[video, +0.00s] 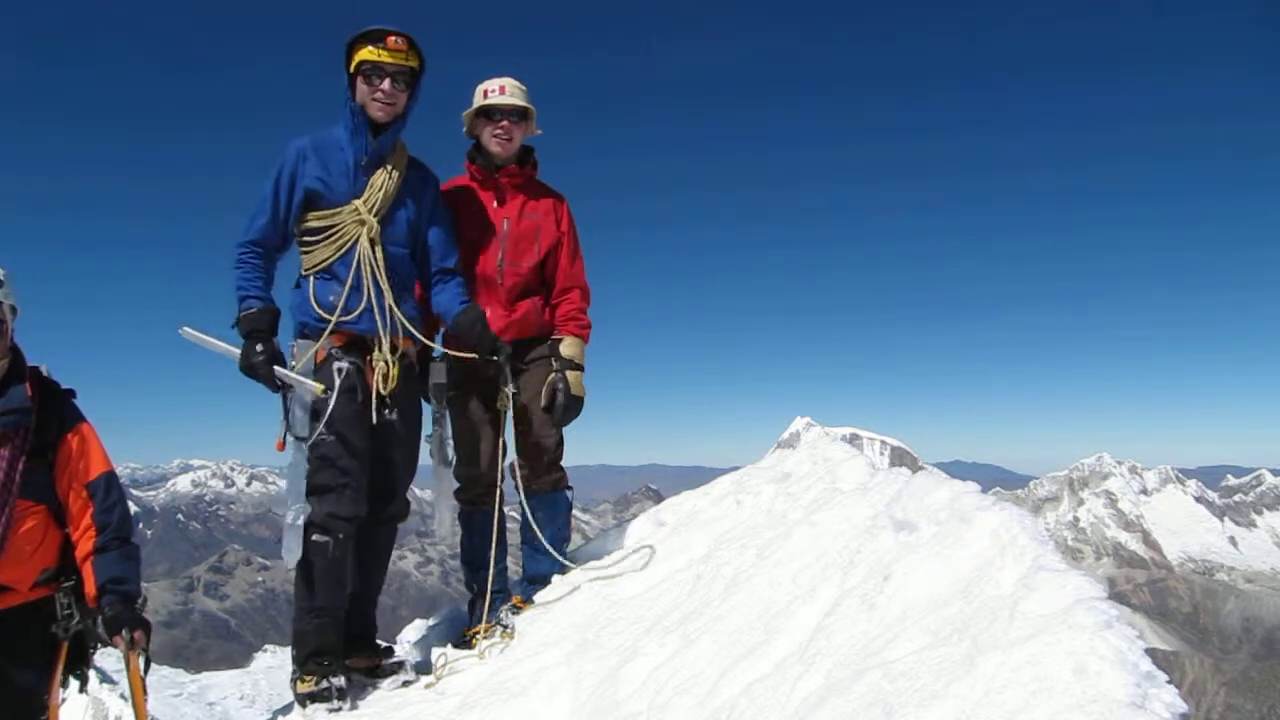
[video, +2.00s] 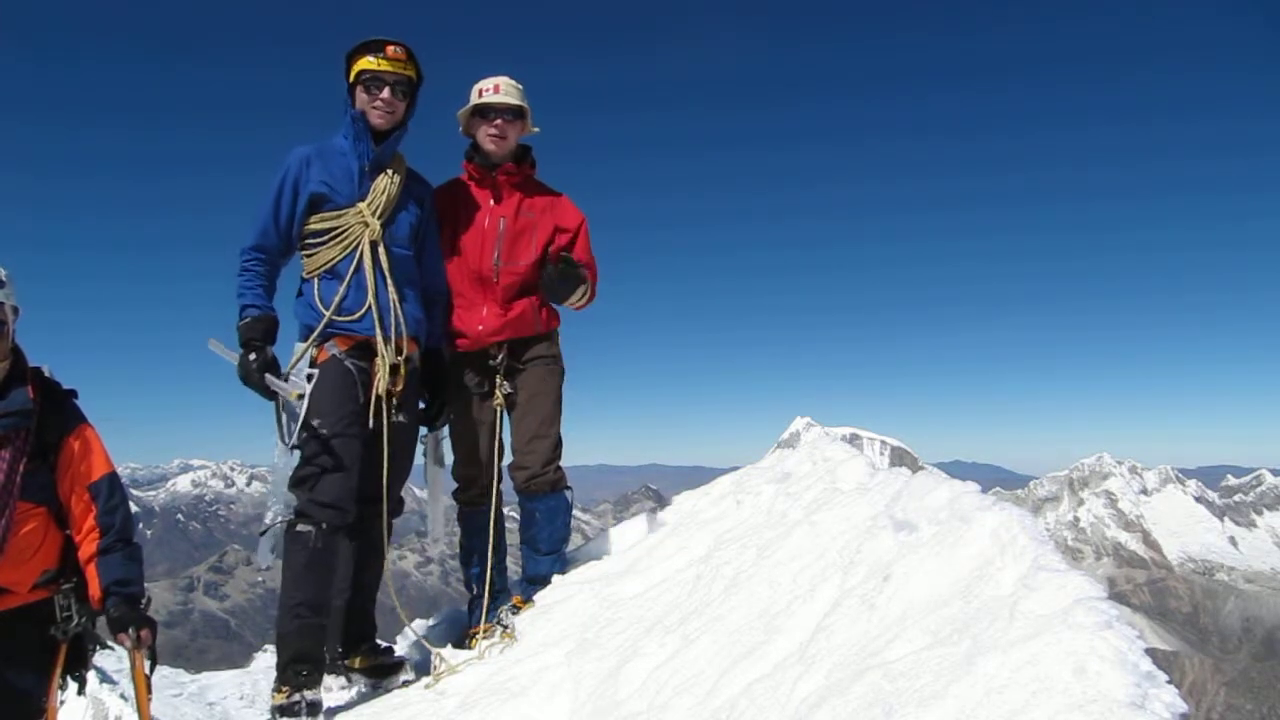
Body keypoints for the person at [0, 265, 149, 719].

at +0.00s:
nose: (0, 331)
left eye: (1, 318)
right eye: (0, 318)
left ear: (11, 321)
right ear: (6, 321)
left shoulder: (45, 408)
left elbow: (98, 507)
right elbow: (98, 507)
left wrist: (116, 597)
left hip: (24, 617)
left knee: (21, 707)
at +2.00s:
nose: (1, 329)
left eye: (2, 317)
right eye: (2, 317)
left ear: (12, 321)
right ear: (8, 321)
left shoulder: (47, 410)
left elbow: (99, 508)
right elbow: (99, 508)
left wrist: (119, 596)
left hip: (25, 619)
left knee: (20, 704)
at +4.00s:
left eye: (3, 325)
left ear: (18, 326)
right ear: (7, 328)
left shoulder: (54, 414)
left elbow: (105, 512)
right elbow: (105, 512)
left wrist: (124, 598)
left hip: (25, 619)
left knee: (19, 706)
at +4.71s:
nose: (15, 357)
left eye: (30, 341)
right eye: (4, 340)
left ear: (48, 343)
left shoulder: (74, 419)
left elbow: (119, 513)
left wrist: (129, 598)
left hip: (36, 618)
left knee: (24, 705)